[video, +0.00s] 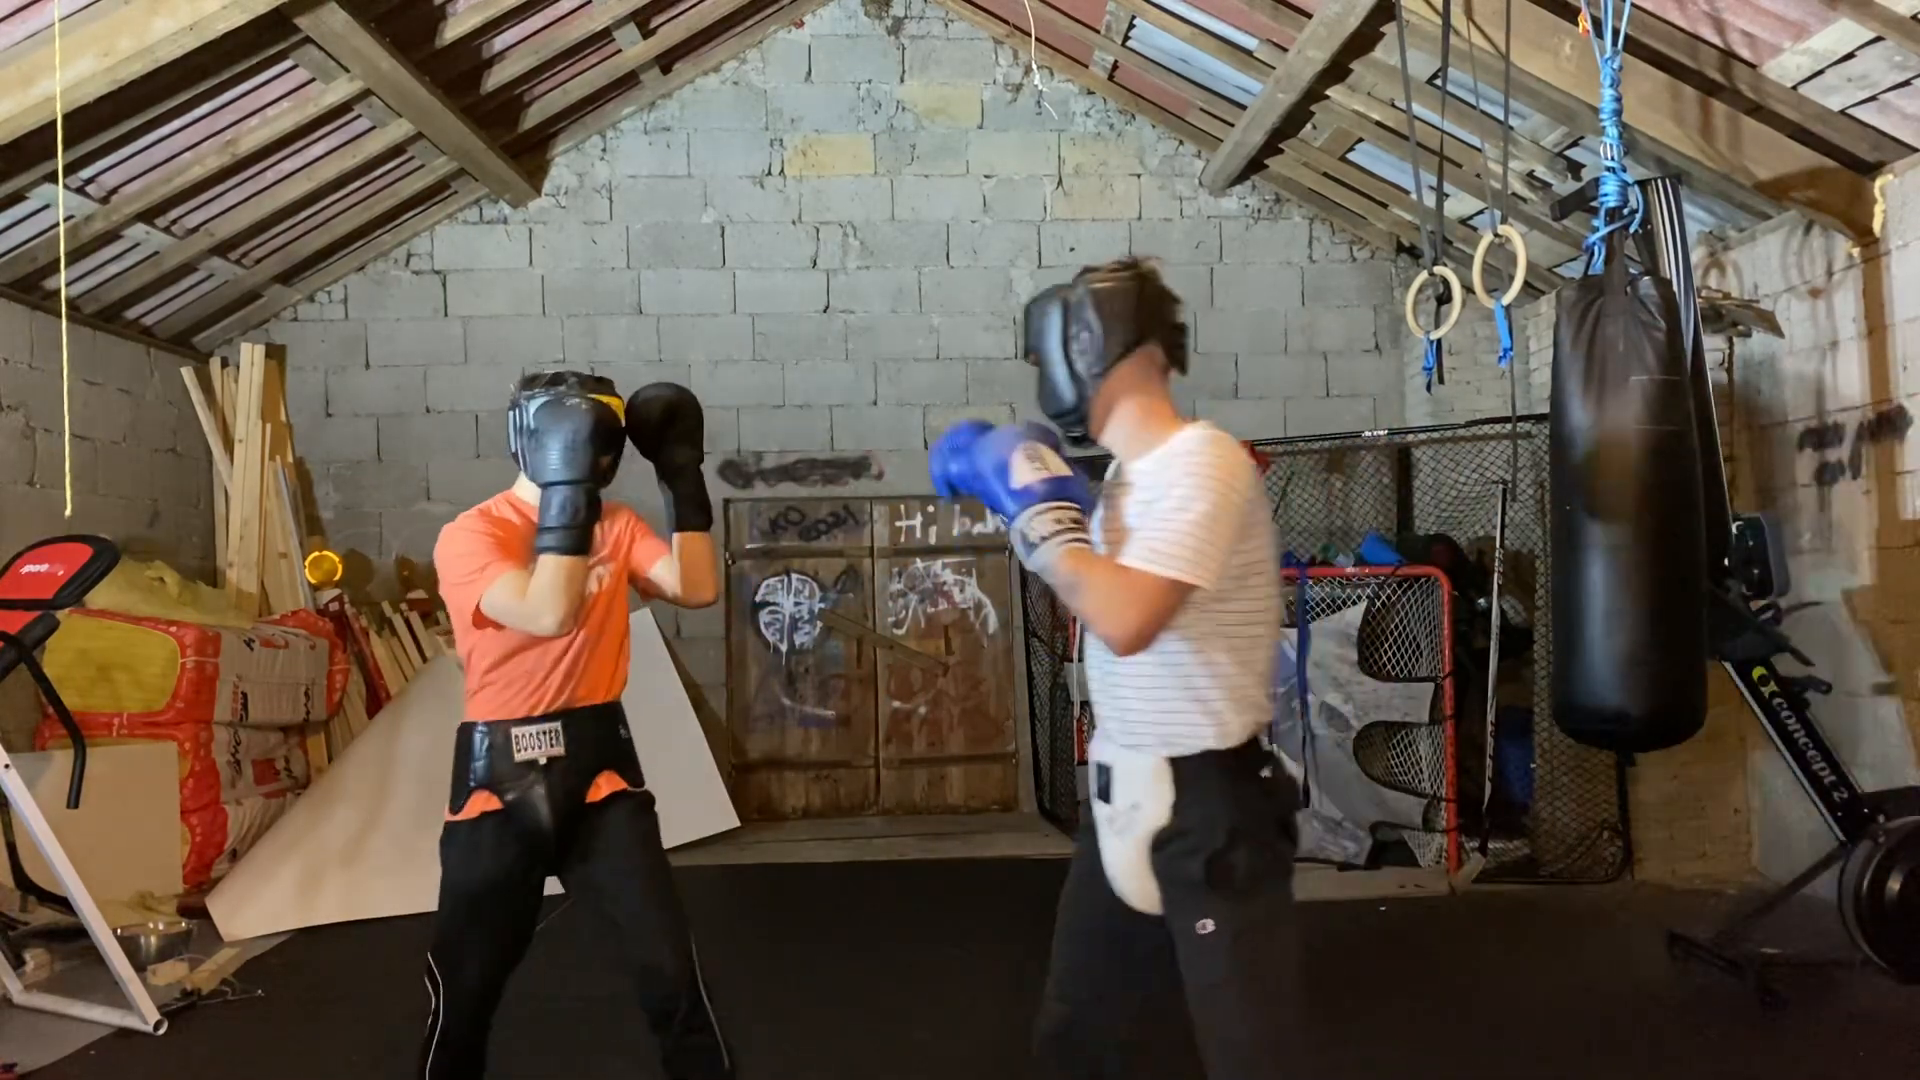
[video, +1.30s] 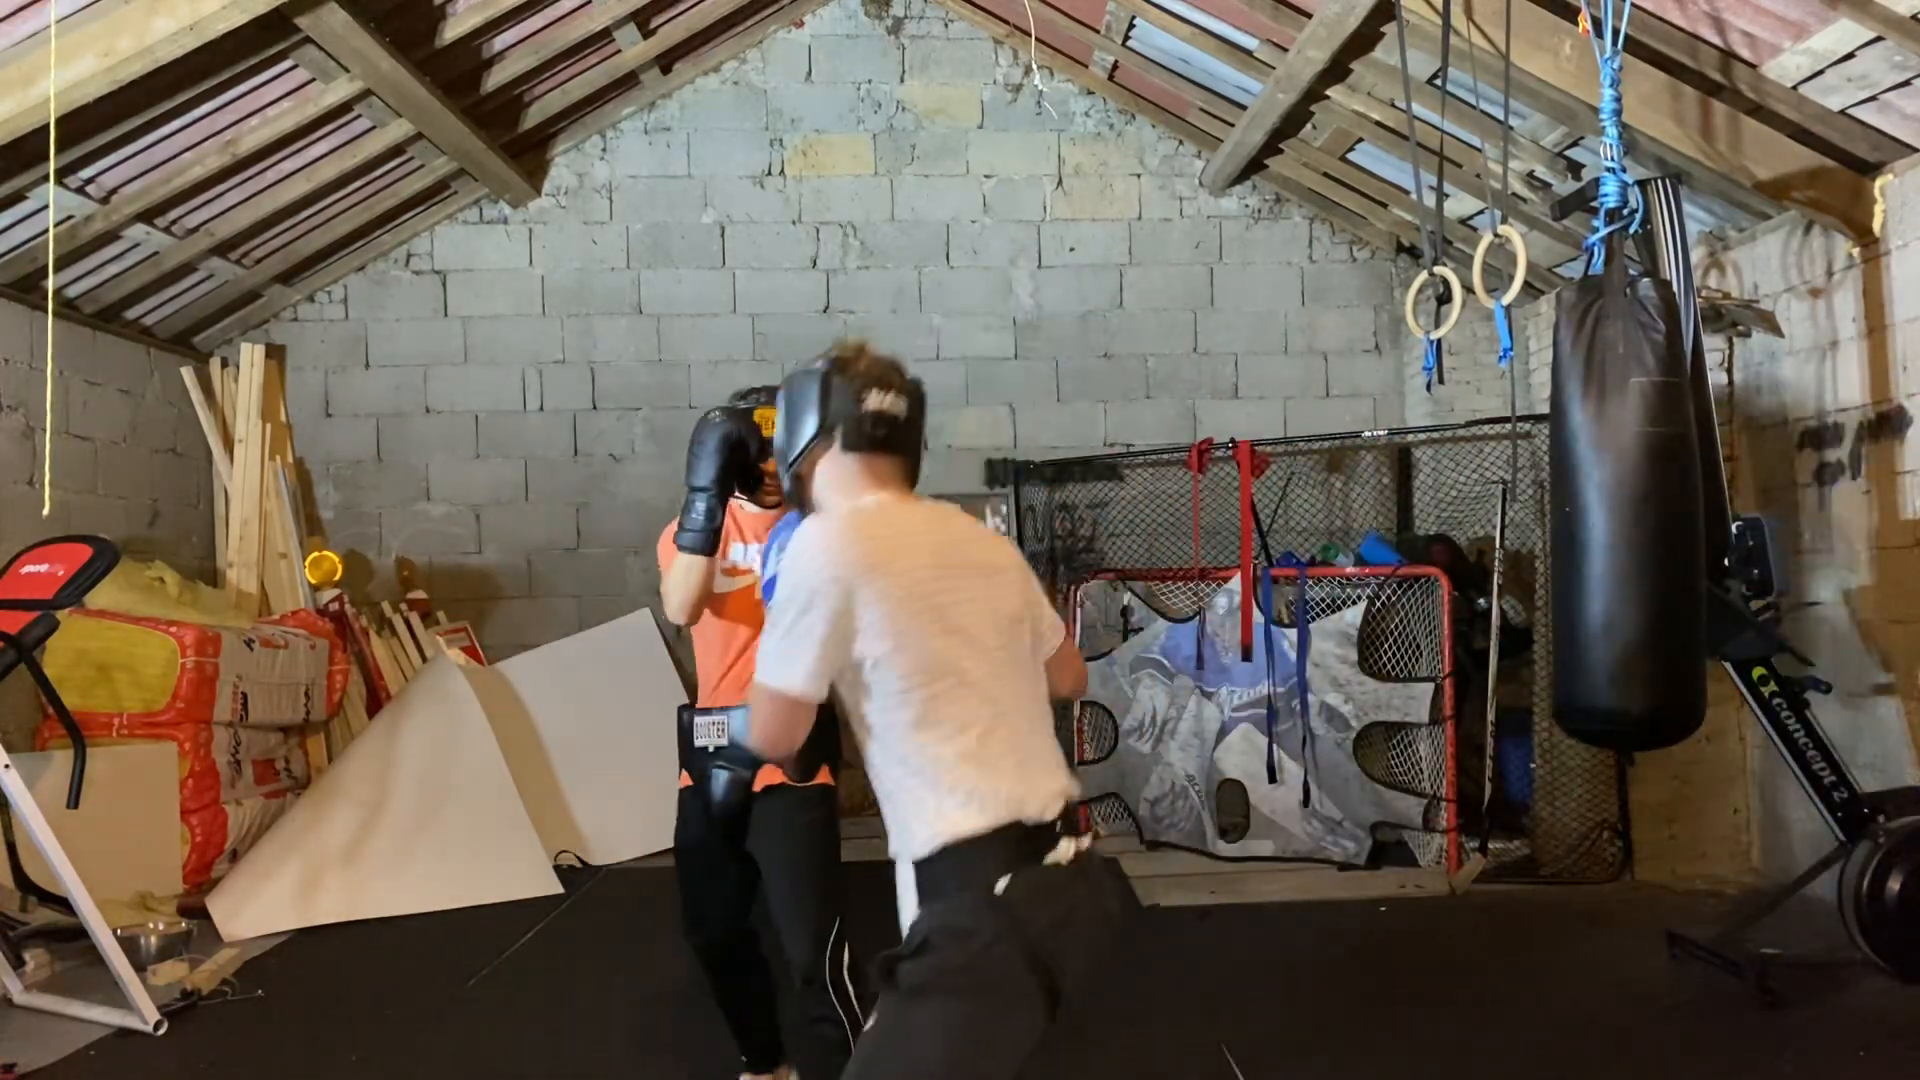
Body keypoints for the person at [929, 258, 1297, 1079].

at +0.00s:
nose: (1048, 371)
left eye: (1055, 347)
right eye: (1047, 350)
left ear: (1089, 348)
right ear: (1146, 347)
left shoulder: (1204, 463)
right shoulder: (1124, 485)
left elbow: (1127, 618)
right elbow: (1102, 602)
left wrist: (1040, 513)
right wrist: (1026, 504)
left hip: (1213, 801)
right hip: (1127, 799)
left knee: (1252, 1054)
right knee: (1077, 1040)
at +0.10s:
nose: (1010, 399)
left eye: (1015, 376)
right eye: (1011, 378)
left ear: (1050, 376)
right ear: (1103, 375)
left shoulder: (1153, 489)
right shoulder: (1091, 499)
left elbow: (1056, 638)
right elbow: (1062, 567)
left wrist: (988, 533)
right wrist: (1003, 495)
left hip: (1178, 837)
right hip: (1099, 832)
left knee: (1203, 1061)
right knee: (1028, 1034)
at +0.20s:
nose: (984, 433)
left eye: (990, 411)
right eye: (984, 413)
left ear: (1020, 407)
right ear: (1081, 408)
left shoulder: (1114, 523)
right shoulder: (1077, 528)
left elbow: (1004, 667)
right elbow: (1040, 571)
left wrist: (943, 556)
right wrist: (964, 497)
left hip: (1136, 863)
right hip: (1061, 856)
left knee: (1127, 1064)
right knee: (955, 1051)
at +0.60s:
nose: (946, 383)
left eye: (953, 361)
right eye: (949, 363)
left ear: (974, 361)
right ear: (1064, 381)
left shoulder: (1026, 489)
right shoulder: (1107, 497)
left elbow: (931, 655)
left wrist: (897, 532)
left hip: (1055, 874)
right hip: (1121, 857)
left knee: (1023, 1063)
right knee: (982, 1056)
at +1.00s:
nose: (907, 391)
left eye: (912, 374)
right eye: (912, 376)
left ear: (925, 376)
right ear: (1020, 400)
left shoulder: (920, 480)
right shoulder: (1075, 516)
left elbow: (846, 652)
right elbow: (1115, 687)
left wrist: (854, 536)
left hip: (976, 843)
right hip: (1077, 835)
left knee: (983, 1058)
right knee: (1075, 1054)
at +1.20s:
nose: (824, 415)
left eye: (828, 394)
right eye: (826, 396)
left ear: (849, 391)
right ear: (937, 403)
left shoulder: (860, 496)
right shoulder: (1013, 513)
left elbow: (799, 679)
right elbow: (1088, 663)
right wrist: (983, 632)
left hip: (992, 871)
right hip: (1080, 845)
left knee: (895, 1066)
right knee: (1024, 1061)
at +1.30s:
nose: (779, 458)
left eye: (785, 435)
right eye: (782, 438)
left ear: (810, 436)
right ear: (908, 441)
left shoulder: (830, 543)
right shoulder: (983, 538)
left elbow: (774, 734)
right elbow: (1069, 676)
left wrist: (754, 703)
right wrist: (963, 656)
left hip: (976, 911)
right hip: (1084, 882)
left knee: (878, 1064)